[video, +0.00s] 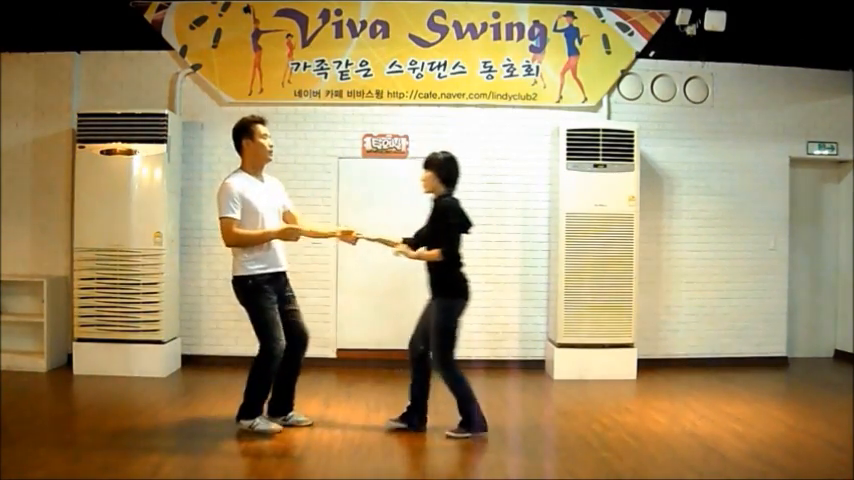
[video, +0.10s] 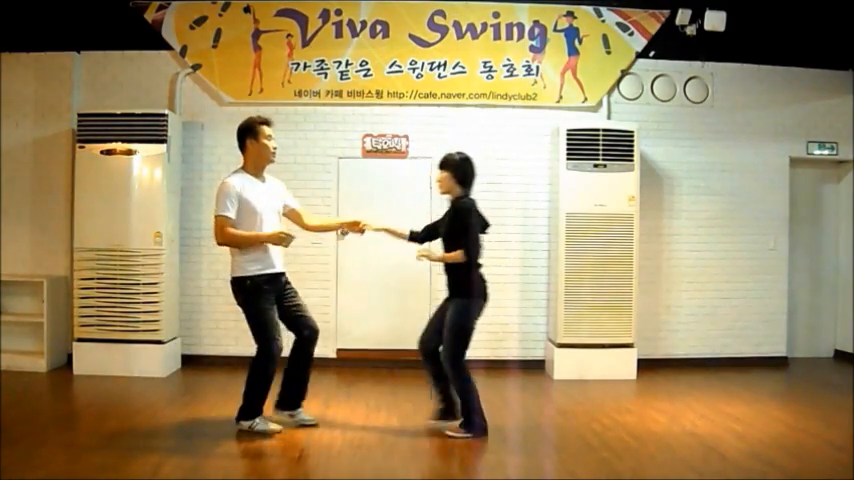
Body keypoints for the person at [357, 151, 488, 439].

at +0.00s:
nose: (422, 177)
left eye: (427, 172)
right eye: (424, 171)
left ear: (441, 176)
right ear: (439, 177)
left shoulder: (448, 207)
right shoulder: (440, 206)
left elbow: (447, 253)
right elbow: (417, 243)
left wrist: (414, 255)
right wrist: (374, 239)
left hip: (450, 295)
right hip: (441, 295)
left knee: (442, 360)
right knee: (417, 349)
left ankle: (474, 422)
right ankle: (415, 416)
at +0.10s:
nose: (437, 177)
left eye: (442, 171)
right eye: (439, 171)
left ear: (456, 177)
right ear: (454, 178)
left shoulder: (466, 210)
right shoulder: (454, 211)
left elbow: (469, 254)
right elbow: (421, 237)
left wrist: (436, 257)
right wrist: (383, 228)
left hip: (469, 296)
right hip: (457, 295)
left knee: (453, 357)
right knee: (428, 345)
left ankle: (474, 424)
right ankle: (449, 409)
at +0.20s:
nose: (451, 176)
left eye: (456, 170)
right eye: (452, 170)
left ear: (470, 175)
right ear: (465, 176)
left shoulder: (483, 209)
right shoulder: (462, 211)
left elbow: (490, 252)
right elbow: (427, 228)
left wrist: (456, 257)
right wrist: (391, 220)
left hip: (482, 294)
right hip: (468, 294)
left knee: (459, 355)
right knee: (448, 349)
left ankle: (474, 423)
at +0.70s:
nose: (454, 176)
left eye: (459, 170)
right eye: (455, 170)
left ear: (473, 174)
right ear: (466, 175)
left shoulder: (487, 209)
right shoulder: (459, 211)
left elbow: (496, 250)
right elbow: (422, 227)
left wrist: (461, 254)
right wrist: (383, 222)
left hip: (482, 294)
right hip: (465, 293)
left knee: (463, 357)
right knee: (441, 347)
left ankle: (482, 423)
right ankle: (482, 396)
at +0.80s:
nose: (440, 178)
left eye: (445, 173)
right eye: (441, 172)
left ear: (458, 177)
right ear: (454, 177)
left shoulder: (471, 213)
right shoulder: (446, 213)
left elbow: (474, 254)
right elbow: (410, 230)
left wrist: (439, 255)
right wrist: (371, 227)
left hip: (467, 297)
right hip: (451, 297)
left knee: (455, 361)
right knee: (419, 344)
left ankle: (482, 422)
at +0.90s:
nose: (422, 181)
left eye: (427, 176)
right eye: (424, 176)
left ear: (441, 182)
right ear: (437, 182)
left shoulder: (448, 216)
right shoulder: (429, 217)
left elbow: (448, 260)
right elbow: (396, 236)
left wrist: (415, 259)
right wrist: (357, 235)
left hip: (445, 302)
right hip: (432, 301)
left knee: (444, 364)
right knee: (401, 350)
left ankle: (481, 421)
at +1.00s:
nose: (402, 180)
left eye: (407, 175)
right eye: (404, 175)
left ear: (420, 180)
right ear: (416, 180)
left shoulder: (425, 214)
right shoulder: (413, 213)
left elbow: (418, 258)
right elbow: (382, 238)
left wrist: (387, 255)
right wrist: (344, 238)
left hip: (418, 298)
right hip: (405, 298)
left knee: (413, 362)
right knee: (378, 350)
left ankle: (467, 407)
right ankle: (373, 416)